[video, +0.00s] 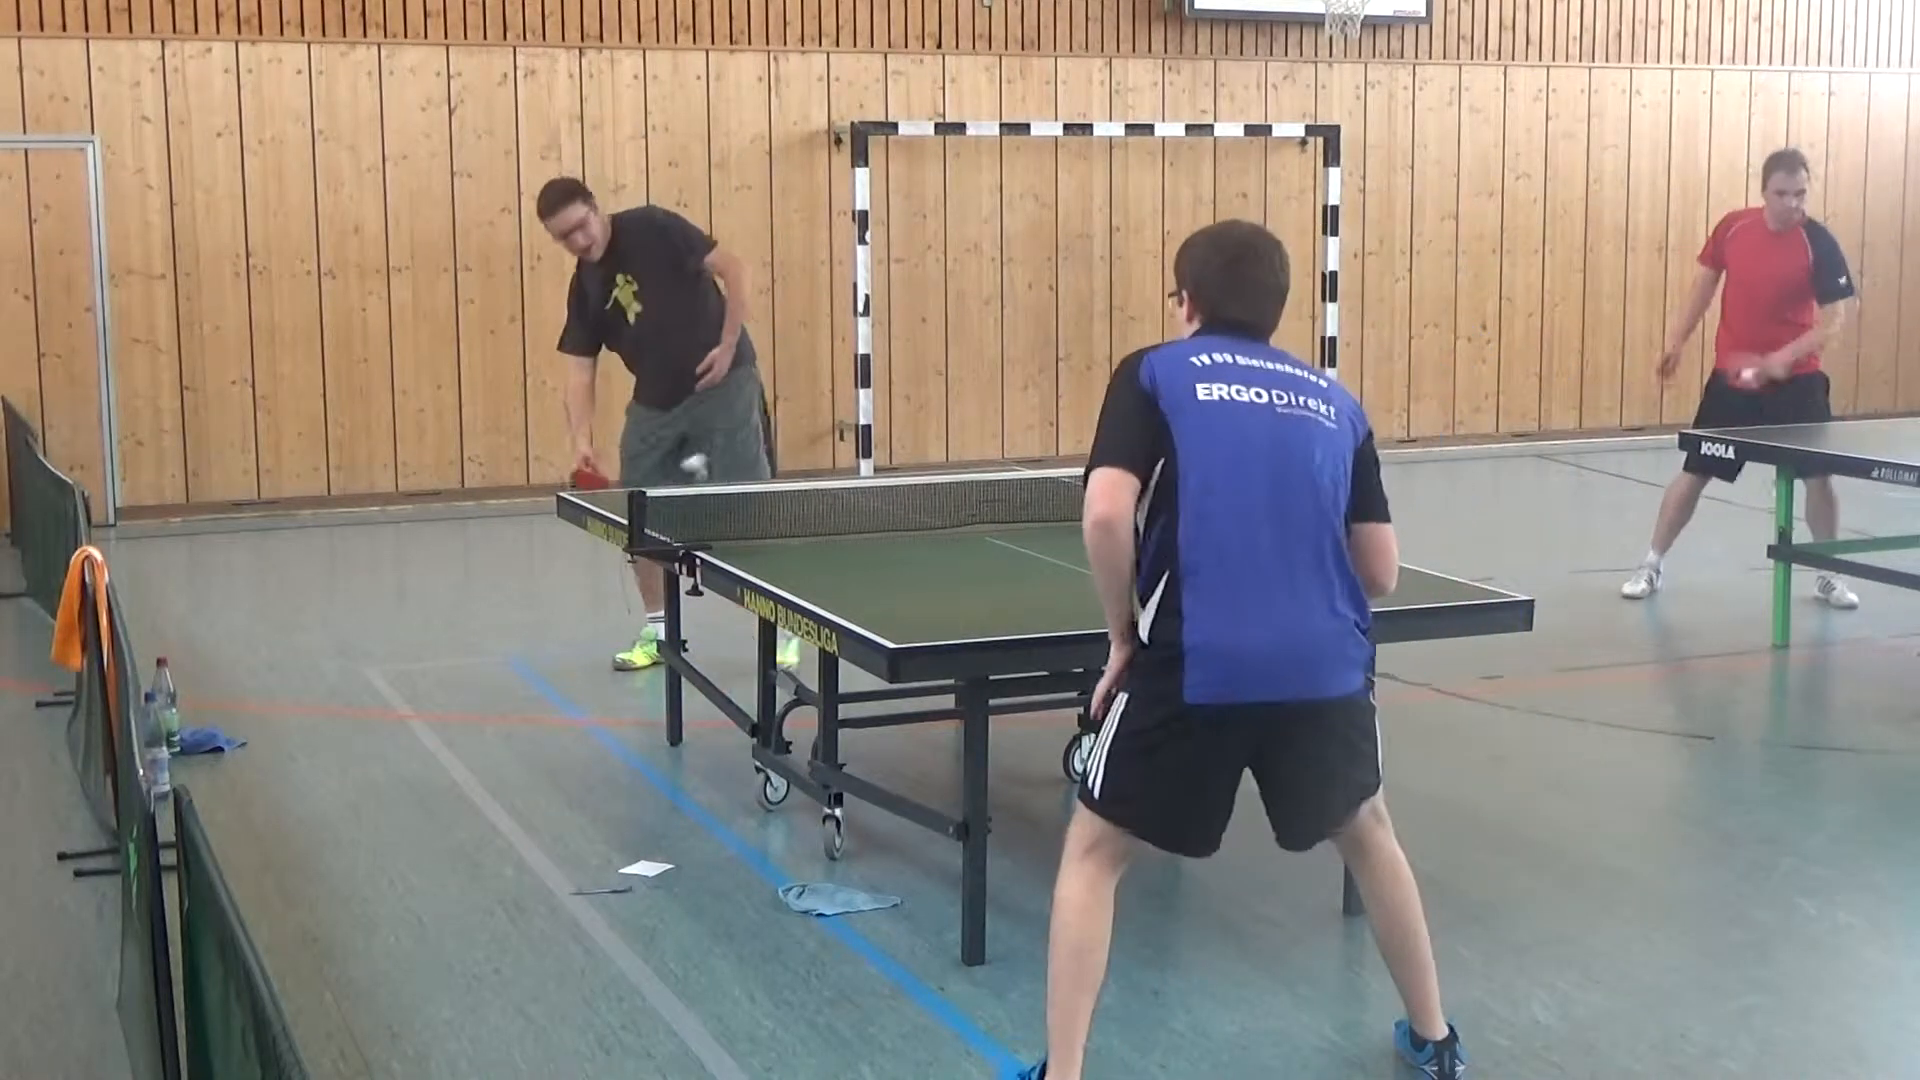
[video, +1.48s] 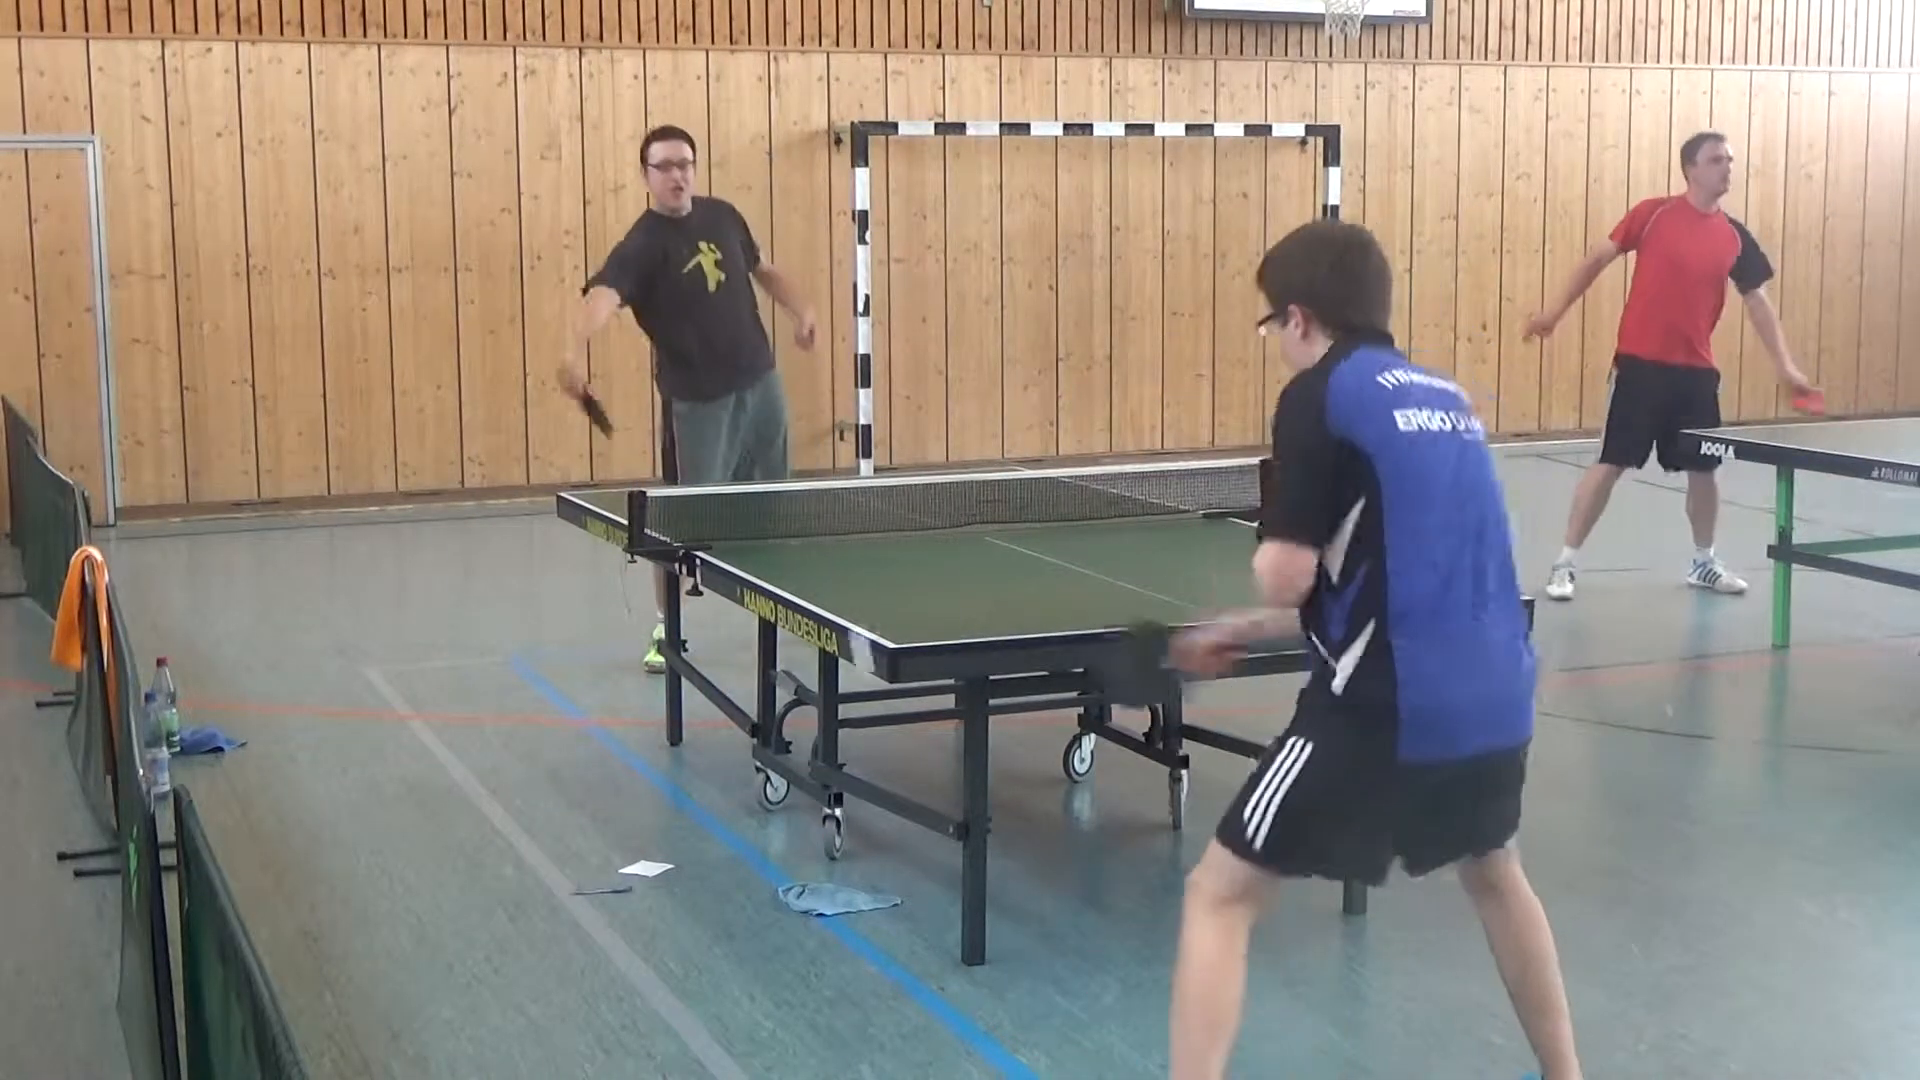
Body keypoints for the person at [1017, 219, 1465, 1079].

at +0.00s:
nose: (1170, 309)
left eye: (1174, 298)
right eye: (1172, 297)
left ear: (1189, 305)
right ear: (1277, 312)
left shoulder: (1153, 373)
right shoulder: (1338, 401)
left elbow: (1107, 510)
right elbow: (1380, 573)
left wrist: (1123, 635)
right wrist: (1312, 577)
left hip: (1193, 671)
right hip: (1323, 673)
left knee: (1094, 857)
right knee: (1369, 834)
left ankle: (1061, 1070)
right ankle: (1434, 1039)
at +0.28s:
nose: (1212, 352)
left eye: (1214, 340)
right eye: (1213, 340)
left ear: (1232, 344)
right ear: (1317, 347)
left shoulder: (1199, 408)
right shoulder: (1380, 424)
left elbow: (1122, 567)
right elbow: (1431, 576)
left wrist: (1180, 561)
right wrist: (1349, 595)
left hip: (1236, 702)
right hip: (1365, 705)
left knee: (1114, 864)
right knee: (1409, 825)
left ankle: (1059, 1069)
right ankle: (1495, 1016)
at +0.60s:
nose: (1313, 374)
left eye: (1311, 356)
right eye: (1309, 357)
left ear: (1340, 348)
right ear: (1398, 337)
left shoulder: (1369, 395)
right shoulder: (1457, 399)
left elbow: (1293, 544)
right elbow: (1431, 527)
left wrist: (1336, 472)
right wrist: (1344, 479)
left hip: (1384, 681)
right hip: (1469, 679)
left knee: (1242, 865)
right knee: (1405, 834)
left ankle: (1135, 1066)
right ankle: (1489, 1018)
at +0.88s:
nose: (1331, 338)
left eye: (1332, 322)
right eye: (1329, 322)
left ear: (1358, 324)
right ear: (1427, 318)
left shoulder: (1376, 397)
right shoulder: (1488, 401)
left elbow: (1310, 558)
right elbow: (1516, 544)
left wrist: (1352, 557)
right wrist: (1384, 549)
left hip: (1408, 691)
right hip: (1492, 689)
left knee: (1288, 896)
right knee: (1423, 845)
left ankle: (1322, 1070)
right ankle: (1502, 1017)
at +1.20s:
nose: (1301, 282)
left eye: (1304, 269)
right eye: (1304, 268)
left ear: (1323, 277)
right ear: (1408, 275)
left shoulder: (1310, 353)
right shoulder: (1482, 370)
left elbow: (1235, 514)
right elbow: (1551, 535)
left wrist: (1230, 576)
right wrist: (1486, 587)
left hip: (1382, 674)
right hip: (1497, 670)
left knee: (1293, 883)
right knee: (1484, 844)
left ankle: (1318, 1071)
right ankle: (1535, 1045)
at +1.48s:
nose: (1275, 340)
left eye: (1276, 320)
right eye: (1273, 320)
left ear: (1308, 318)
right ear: (1370, 309)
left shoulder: (1317, 394)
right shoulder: (1437, 391)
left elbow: (1282, 568)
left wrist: (1287, 544)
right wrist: (1242, 629)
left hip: (1379, 712)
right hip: (1496, 707)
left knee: (1220, 895)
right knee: (1496, 873)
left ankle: (1193, 1070)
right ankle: (1565, 1070)